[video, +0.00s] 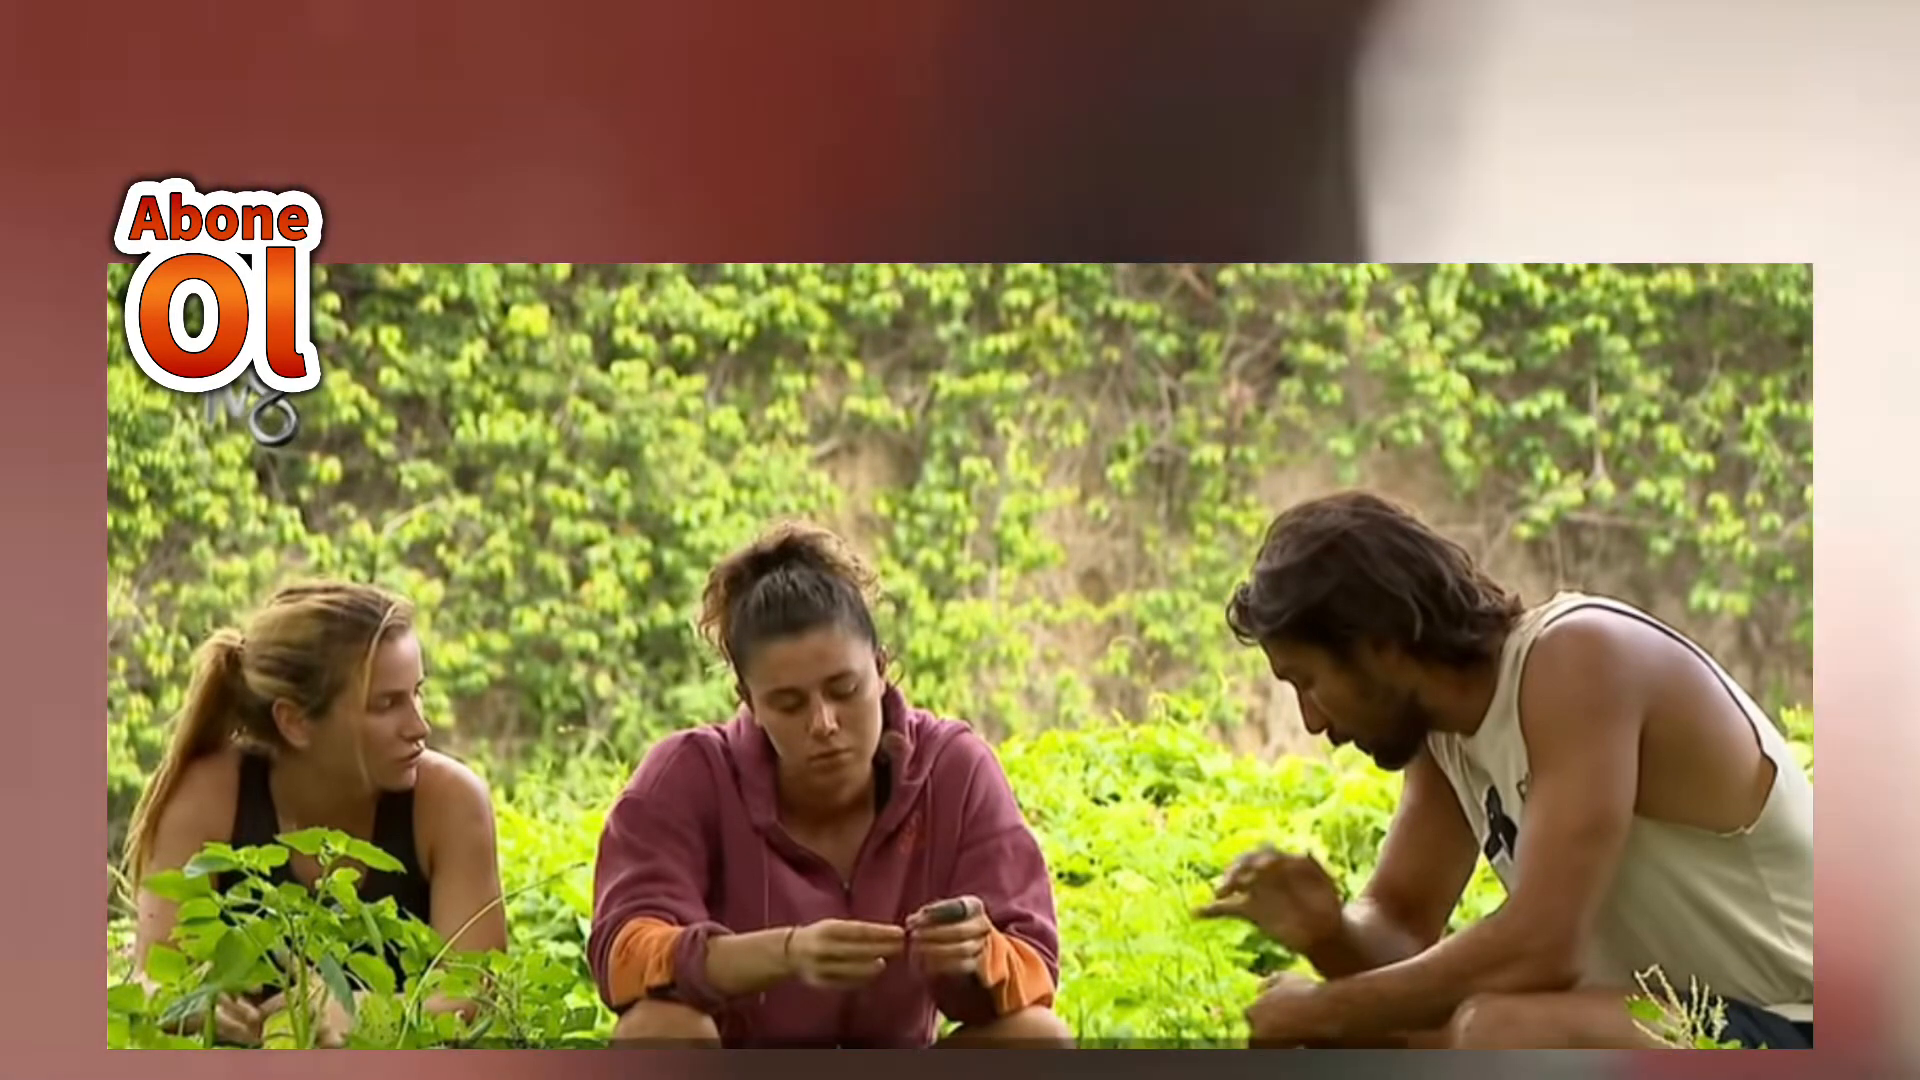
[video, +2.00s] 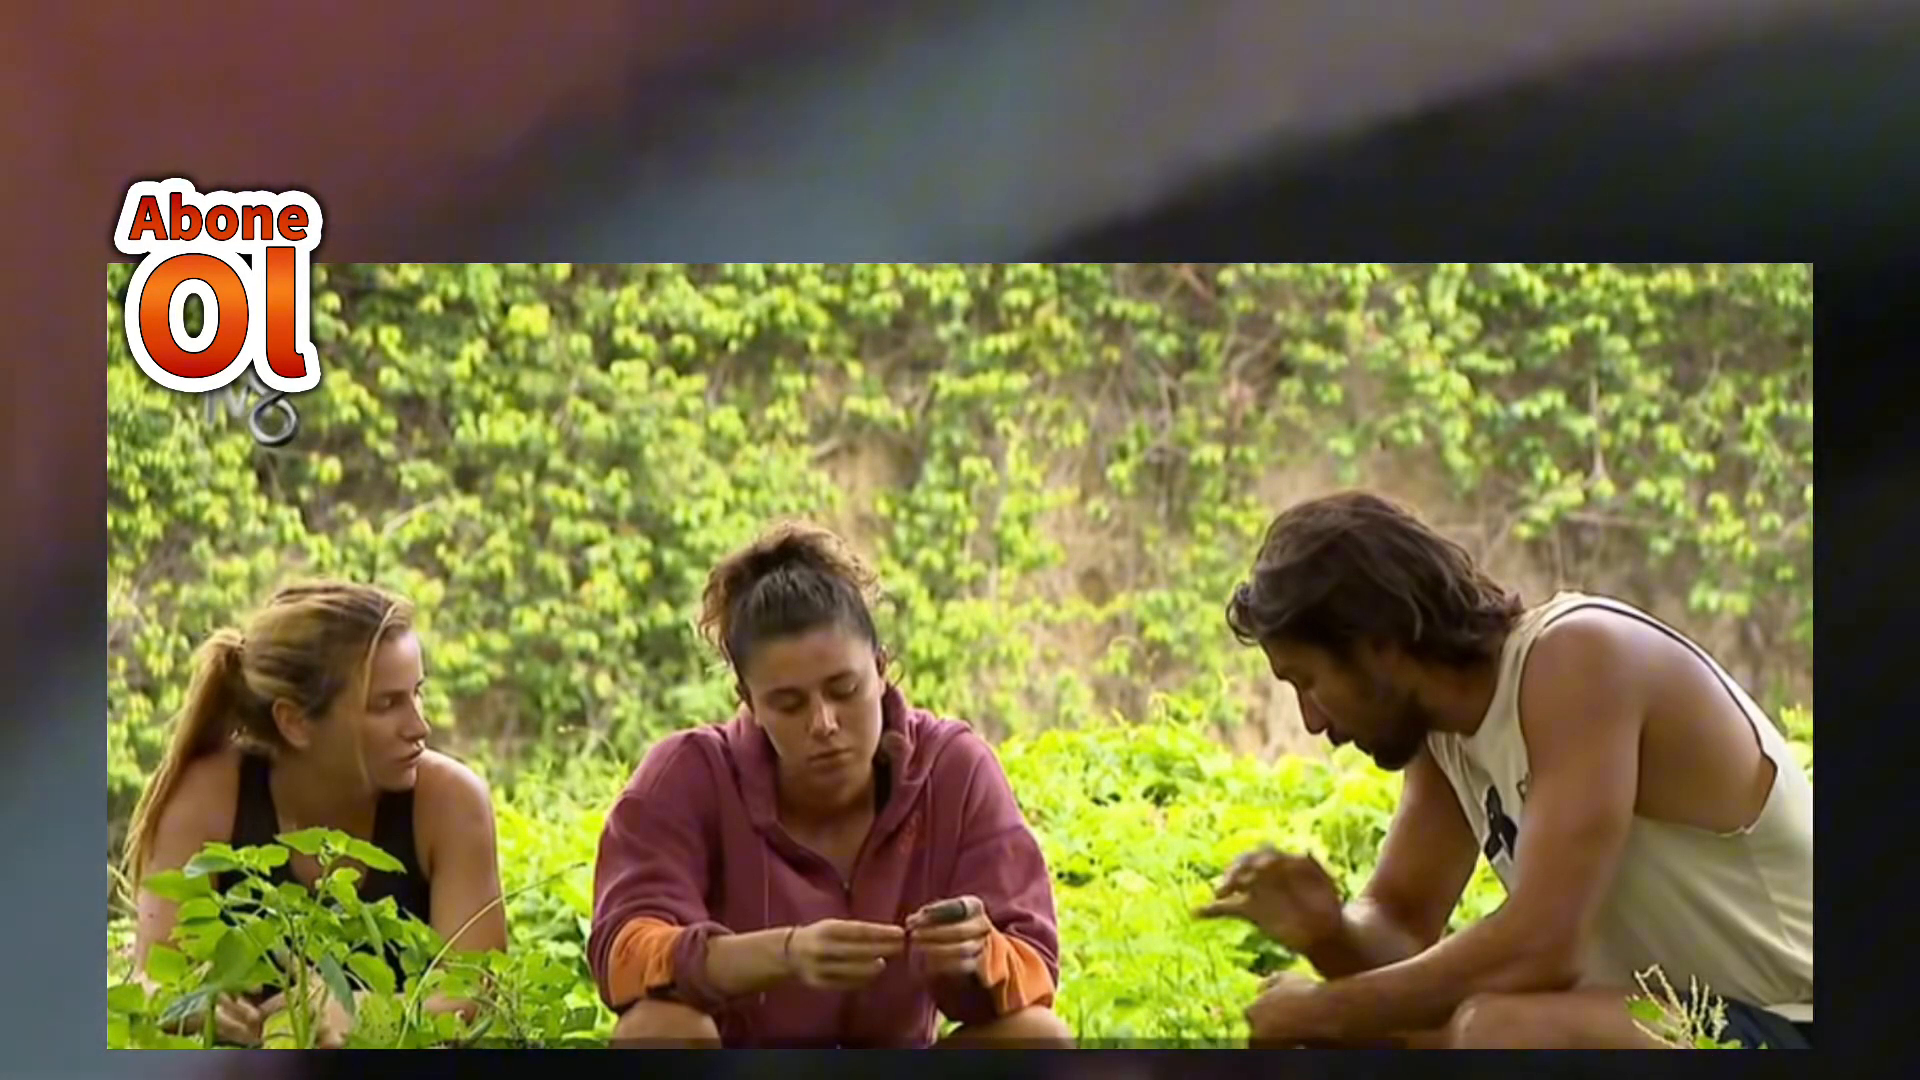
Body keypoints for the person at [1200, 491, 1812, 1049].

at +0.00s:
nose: (1311, 723)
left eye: (1306, 686)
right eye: (1296, 693)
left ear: (1384, 642)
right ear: (1384, 643)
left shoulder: (1585, 656)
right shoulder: (1451, 731)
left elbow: (1538, 950)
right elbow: (1402, 926)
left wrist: (1328, 1012)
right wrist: (1330, 932)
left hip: (1790, 1016)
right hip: (1654, 1000)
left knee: (1497, 1026)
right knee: (1382, 1027)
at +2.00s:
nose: (1311, 724)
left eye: (1306, 687)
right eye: (1296, 693)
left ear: (1382, 643)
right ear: (1382, 643)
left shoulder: (1585, 656)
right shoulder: (1450, 730)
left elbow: (1539, 951)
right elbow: (1403, 926)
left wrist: (1326, 1014)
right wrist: (1330, 932)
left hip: (1788, 1014)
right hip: (1658, 1001)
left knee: (1500, 1026)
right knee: (1387, 1026)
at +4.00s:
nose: (1311, 723)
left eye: (1306, 686)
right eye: (1295, 693)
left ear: (1383, 642)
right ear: (1383, 643)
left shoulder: (1584, 656)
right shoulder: (1450, 730)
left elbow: (1539, 950)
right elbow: (1403, 924)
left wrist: (1325, 1015)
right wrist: (1330, 933)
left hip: (1789, 1019)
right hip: (1658, 1003)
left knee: (1501, 1025)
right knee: (1379, 1026)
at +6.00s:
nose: (1312, 724)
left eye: (1306, 687)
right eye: (1296, 693)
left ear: (1383, 644)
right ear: (1383, 644)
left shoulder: (1584, 657)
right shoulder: (1450, 729)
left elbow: (1539, 950)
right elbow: (1403, 927)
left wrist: (1324, 1014)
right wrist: (1330, 932)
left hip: (1790, 1019)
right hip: (1653, 1003)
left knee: (1502, 1027)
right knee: (1377, 1029)